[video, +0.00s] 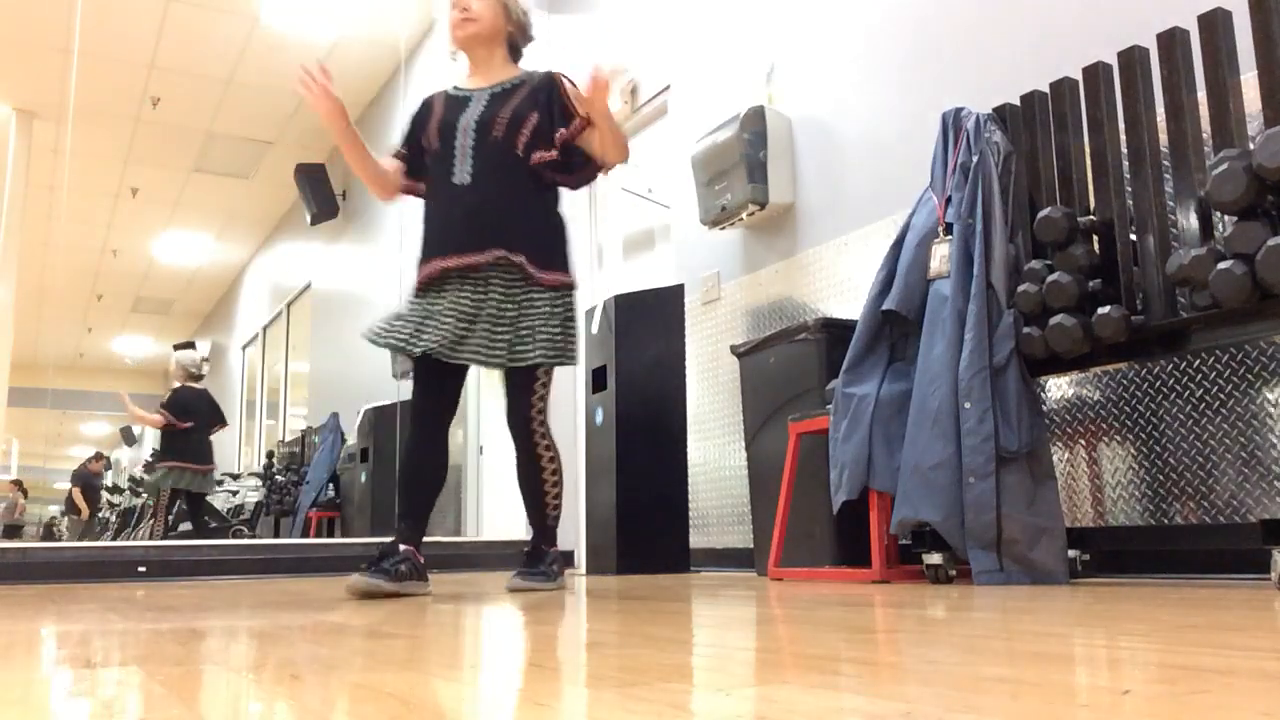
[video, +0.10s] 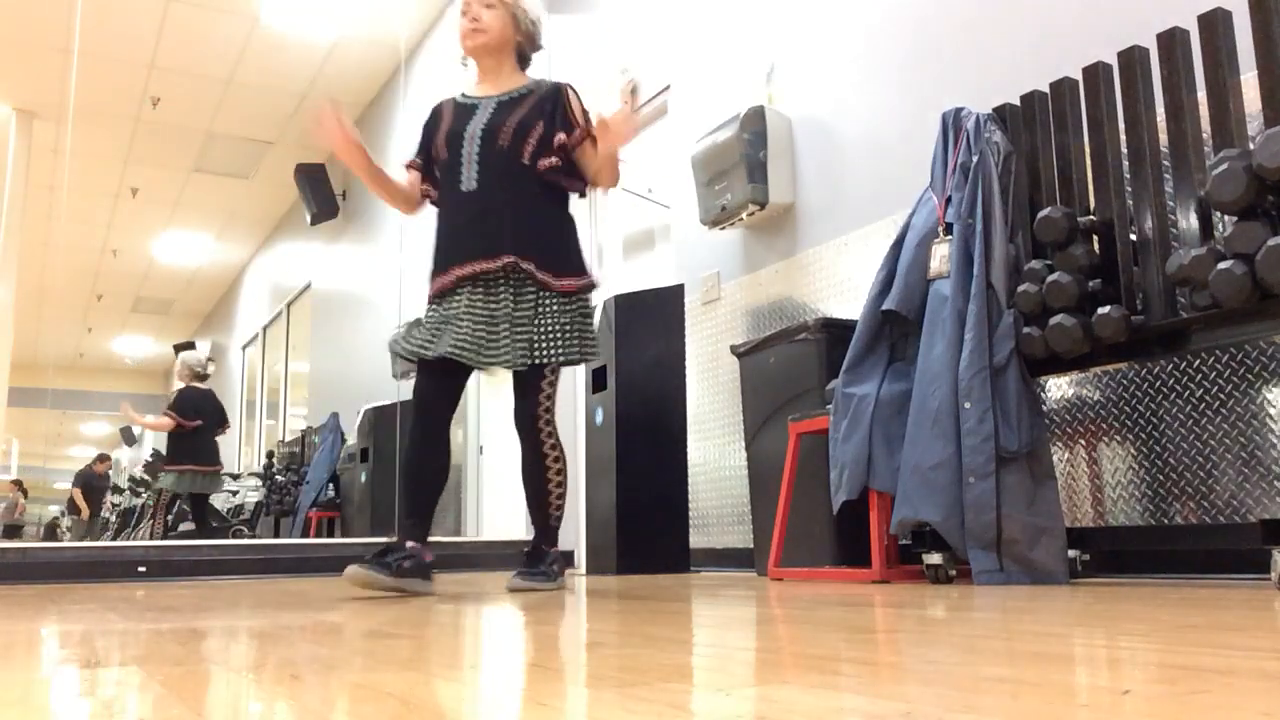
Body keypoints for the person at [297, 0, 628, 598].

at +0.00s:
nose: (459, 11)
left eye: (473, 2)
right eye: (454, 5)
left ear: (509, 17)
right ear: (449, 25)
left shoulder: (543, 88)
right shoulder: (436, 107)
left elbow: (613, 154)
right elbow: (388, 184)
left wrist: (600, 109)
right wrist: (340, 123)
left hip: (528, 273)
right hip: (449, 276)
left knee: (526, 417)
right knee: (428, 414)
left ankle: (545, 552)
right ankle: (407, 552)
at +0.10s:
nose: (470, 17)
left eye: (485, 7)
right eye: (464, 10)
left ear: (518, 25)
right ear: (459, 30)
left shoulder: (553, 97)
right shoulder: (444, 113)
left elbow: (600, 177)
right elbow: (409, 198)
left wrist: (607, 143)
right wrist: (356, 154)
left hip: (539, 275)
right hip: (462, 279)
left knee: (533, 416)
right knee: (430, 406)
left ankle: (545, 553)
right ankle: (412, 549)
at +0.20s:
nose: (481, 29)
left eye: (496, 20)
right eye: (475, 23)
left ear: (529, 38)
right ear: (469, 43)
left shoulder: (560, 110)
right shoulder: (454, 122)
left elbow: (593, 194)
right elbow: (430, 214)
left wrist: (603, 184)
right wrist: (391, 219)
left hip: (545, 277)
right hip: (472, 281)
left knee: (538, 416)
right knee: (443, 403)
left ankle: (545, 553)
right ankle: (452, 551)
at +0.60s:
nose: (486, 31)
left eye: (501, 23)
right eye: (478, 27)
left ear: (532, 45)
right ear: (472, 51)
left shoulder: (555, 114)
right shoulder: (452, 119)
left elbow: (590, 191)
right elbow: (429, 204)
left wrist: (516, 149)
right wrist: (412, 278)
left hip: (529, 282)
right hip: (454, 282)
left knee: (534, 415)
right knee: (420, 409)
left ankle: (547, 550)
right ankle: (418, 545)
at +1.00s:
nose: (463, 40)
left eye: (477, 32)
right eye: (457, 36)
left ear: (509, 52)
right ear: (454, 60)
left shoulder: (528, 118)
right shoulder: (433, 126)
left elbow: (530, 192)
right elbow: (398, 204)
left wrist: (456, 220)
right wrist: (363, 238)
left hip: (494, 290)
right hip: (423, 288)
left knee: (482, 417)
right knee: (414, 422)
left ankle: (514, 549)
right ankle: (415, 553)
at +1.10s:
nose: (464, 39)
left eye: (479, 31)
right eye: (459, 35)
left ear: (510, 53)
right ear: (455, 58)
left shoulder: (531, 118)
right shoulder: (438, 129)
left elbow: (536, 197)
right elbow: (410, 211)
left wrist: (496, 257)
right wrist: (379, 227)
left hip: (501, 291)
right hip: (430, 289)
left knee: (492, 423)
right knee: (417, 425)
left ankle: (515, 551)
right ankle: (415, 553)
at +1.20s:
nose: (466, 39)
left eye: (482, 32)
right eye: (461, 35)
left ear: (511, 53)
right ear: (457, 61)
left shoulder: (535, 119)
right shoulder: (442, 133)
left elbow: (563, 208)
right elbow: (426, 217)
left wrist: (568, 285)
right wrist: (401, 215)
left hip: (513, 291)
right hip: (444, 292)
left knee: (505, 421)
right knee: (416, 416)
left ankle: (517, 552)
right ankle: (418, 549)